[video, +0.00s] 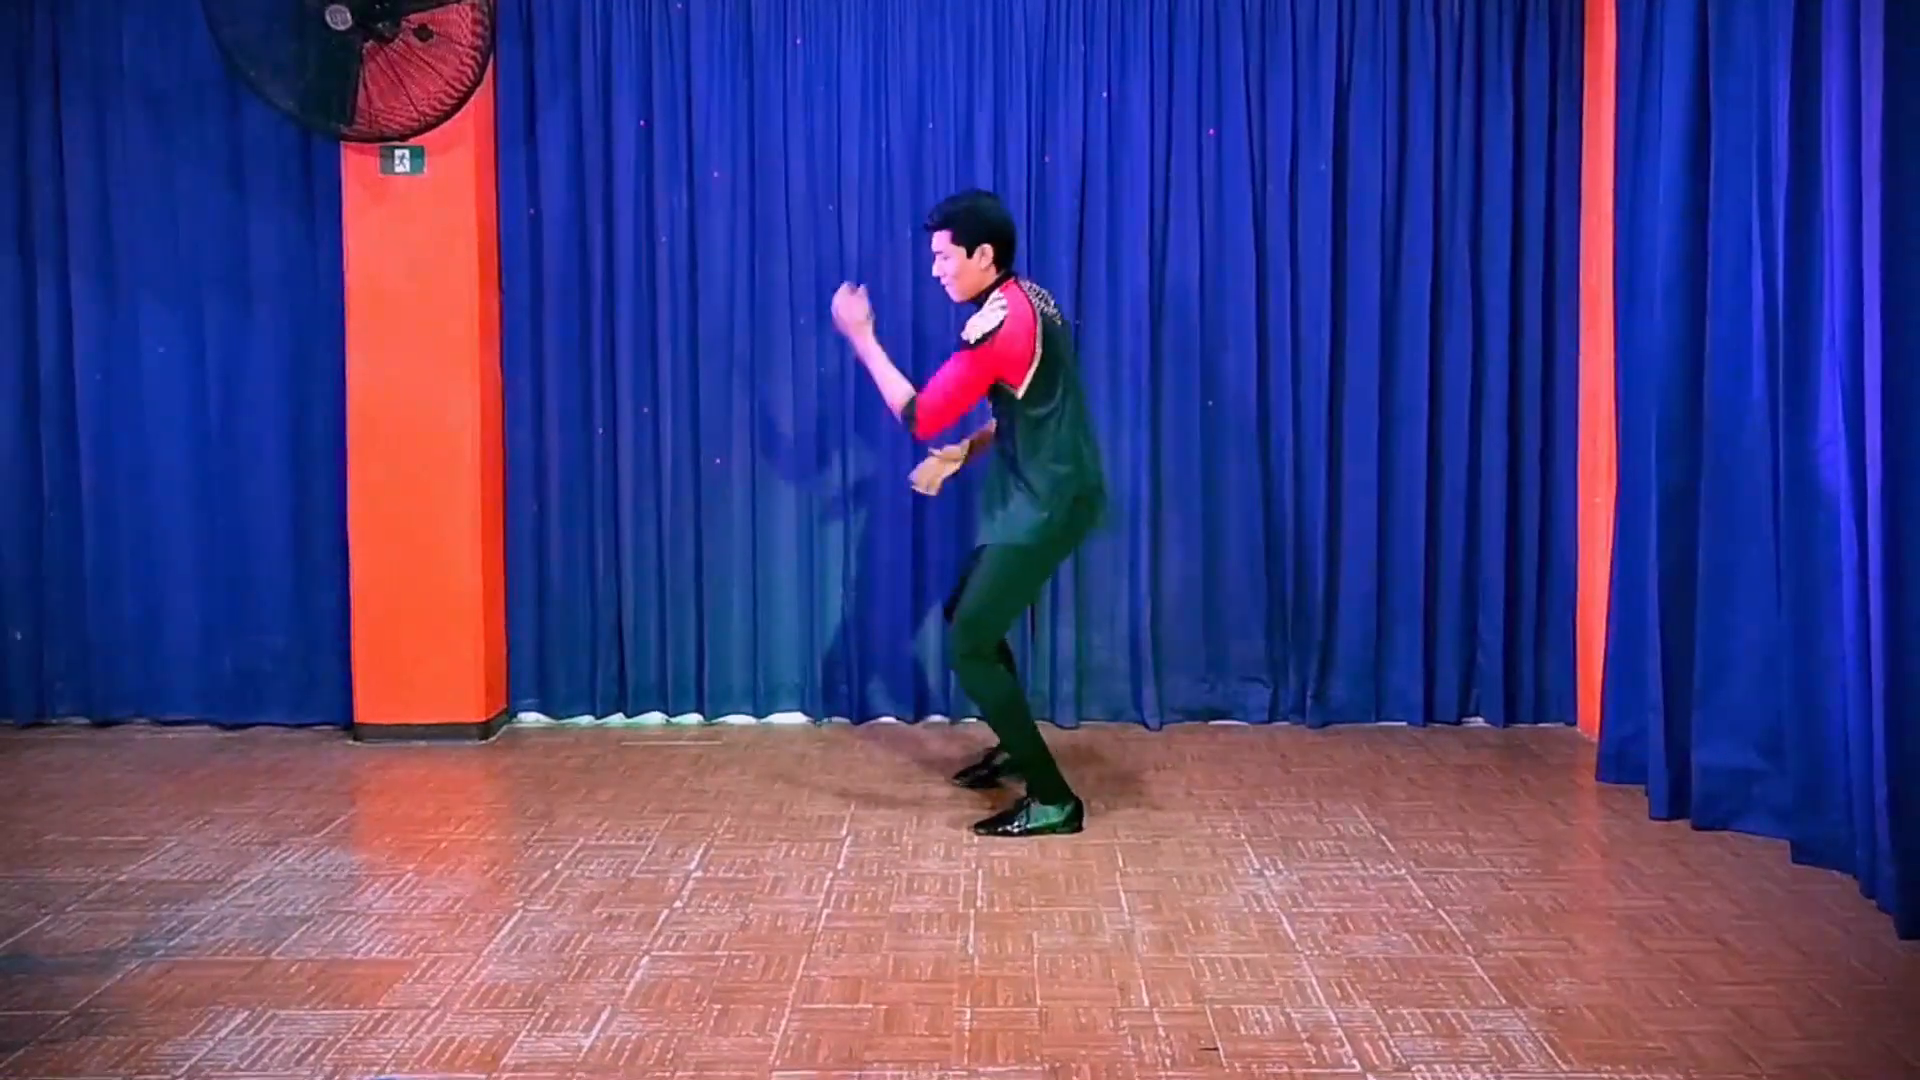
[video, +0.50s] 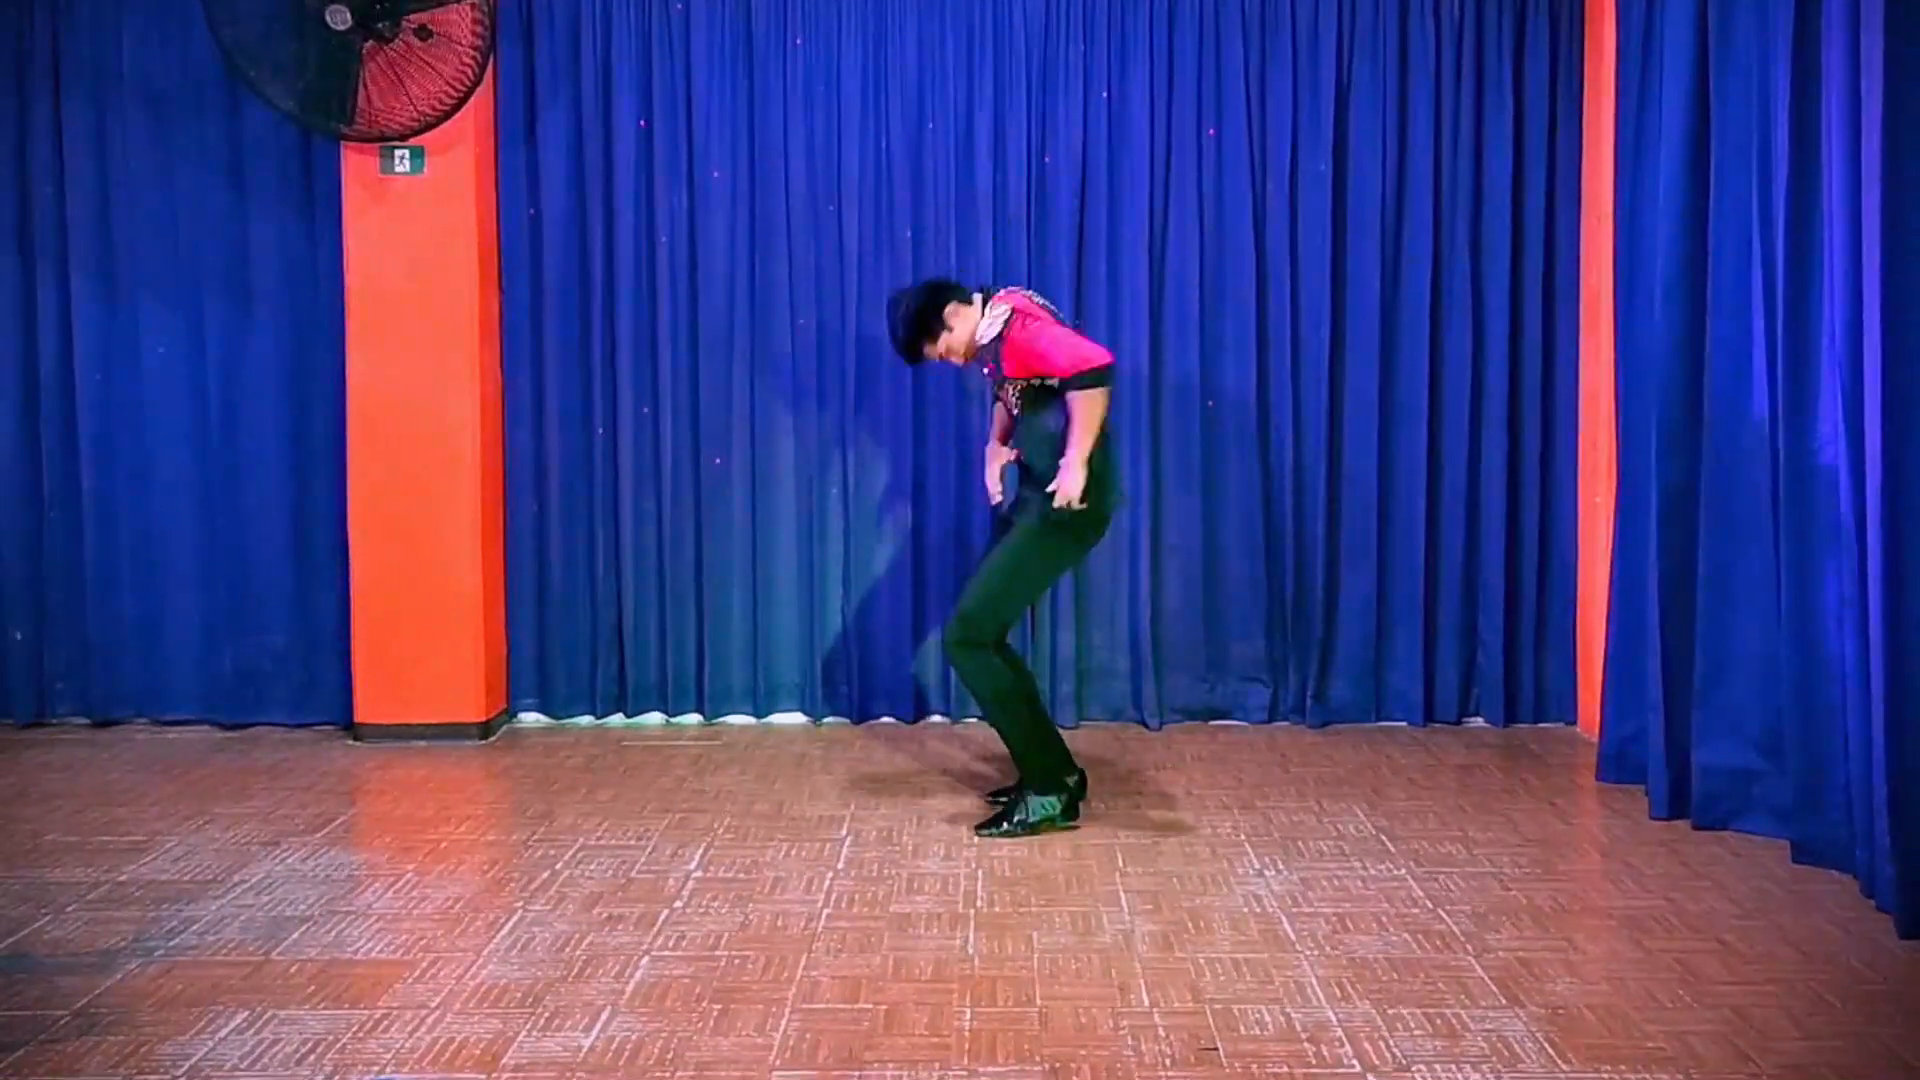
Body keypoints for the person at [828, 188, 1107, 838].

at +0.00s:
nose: (936, 268)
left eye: (946, 255)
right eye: (935, 255)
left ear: (987, 257)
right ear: (984, 259)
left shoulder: (1003, 325)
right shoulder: (1024, 300)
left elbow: (922, 419)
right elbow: (1026, 411)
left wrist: (861, 336)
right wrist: (962, 453)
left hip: (1053, 500)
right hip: (1041, 488)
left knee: (970, 642)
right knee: (964, 614)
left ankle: (1053, 800)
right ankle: (1020, 745)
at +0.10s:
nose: (948, 260)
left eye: (960, 249)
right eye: (948, 247)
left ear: (1002, 256)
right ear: (989, 256)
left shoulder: (1018, 322)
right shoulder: (1005, 298)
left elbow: (901, 360)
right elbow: (1025, 397)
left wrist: (899, 294)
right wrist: (1000, 463)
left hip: (1061, 499)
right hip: (1032, 490)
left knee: (977, 639)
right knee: (957, 615)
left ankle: (1052, 801)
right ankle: (1042, 746)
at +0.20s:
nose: (949, 257)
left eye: (966, 251)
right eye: (953, 243)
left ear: (1004, 272)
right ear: (978, 263)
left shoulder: (1018, 323)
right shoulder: (1002, 305)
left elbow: (925, 382)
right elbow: (1034, 403)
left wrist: (936, 328)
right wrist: (1012, 473)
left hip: (1061, 503)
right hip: (1035, 496)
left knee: (978, 642)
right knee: (964, 637)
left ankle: (1055, 795)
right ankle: (1045, 768)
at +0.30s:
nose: (926, 277)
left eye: (939, 263)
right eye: (929, 263)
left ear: (980, 273)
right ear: (978, 275)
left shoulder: (1002, 335)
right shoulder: (1007, 320)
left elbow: (973, 452)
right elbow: (1031, 439)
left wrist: (949, 409)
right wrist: (979, 486)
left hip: (1064, 510)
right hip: (1056, 503)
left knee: (972, 644)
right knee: (975, 638)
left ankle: (1056, 793)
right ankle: (1043, 775)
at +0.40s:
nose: (932, 356)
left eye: (924, 341)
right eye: (923, 347)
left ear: (936, 313)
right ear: (958, 306)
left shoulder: (999, 345)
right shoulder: (1013, 320)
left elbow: (1047, 428)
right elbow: (1021, 424)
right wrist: (974, 460)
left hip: (1065, 510)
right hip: (1070, 501)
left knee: (969, 641)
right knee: (977, 635)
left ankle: (1050, 790)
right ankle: (1051, 775)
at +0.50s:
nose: (950, 360)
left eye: (943, 350)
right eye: (940, 357)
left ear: (955, 316)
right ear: (957, 312)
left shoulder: (1020, 331)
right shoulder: (1001, 326)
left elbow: (1093, 369)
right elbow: (1015, 388)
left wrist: (1076, 462)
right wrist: (996, 445)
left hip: (1065, 508)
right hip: (1044, 505)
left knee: (968, 636)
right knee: (977, 633)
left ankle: (1050, 788)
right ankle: (1051, 774)